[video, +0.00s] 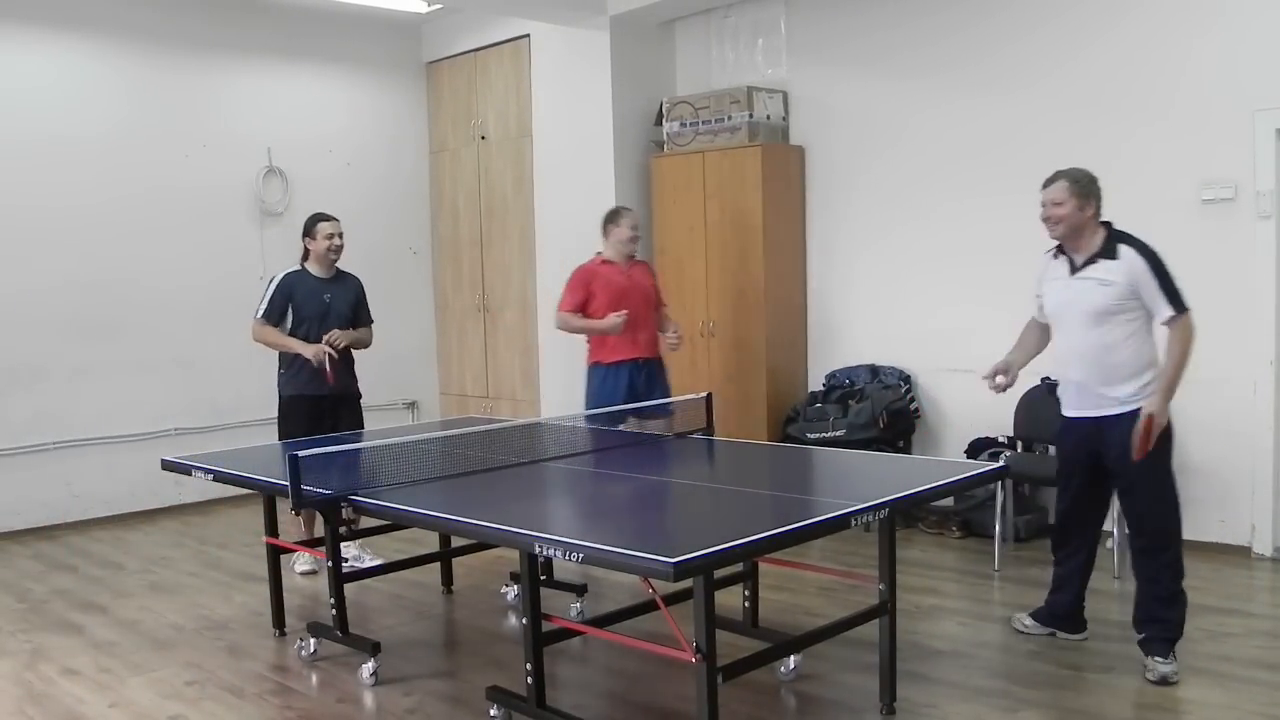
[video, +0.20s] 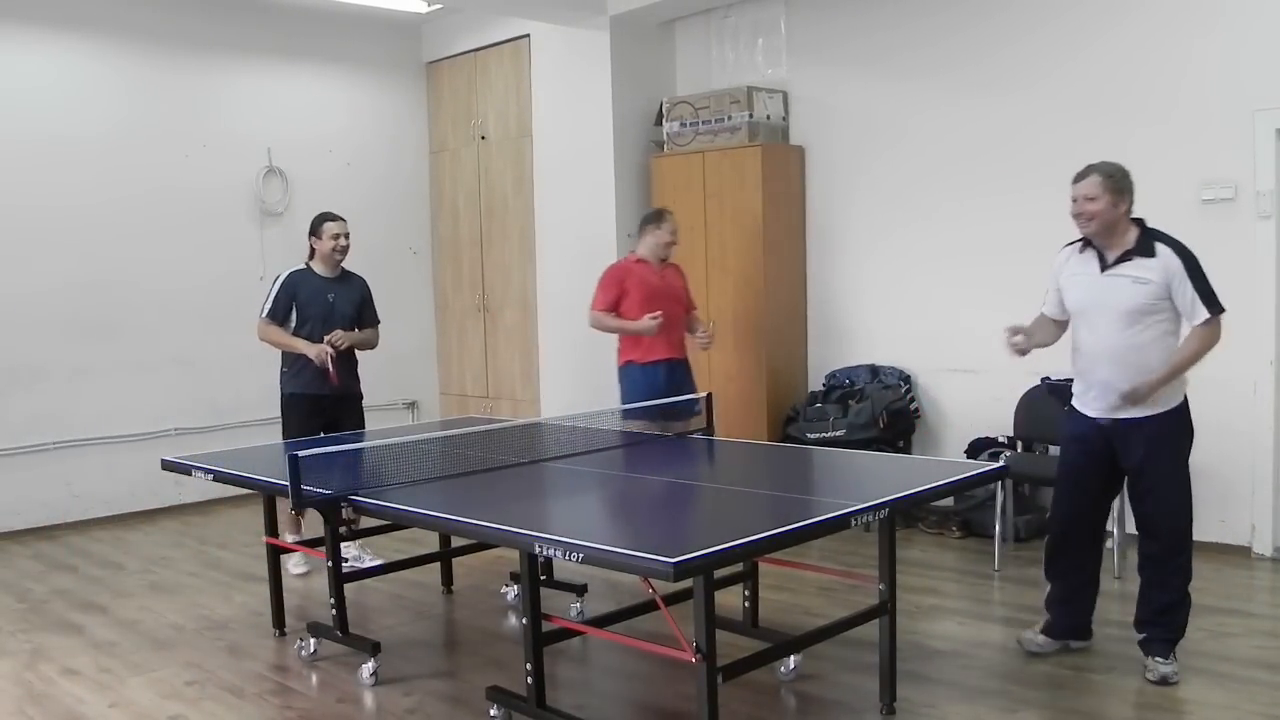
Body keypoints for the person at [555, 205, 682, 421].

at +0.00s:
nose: (637, 235)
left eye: (638, 229)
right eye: (632, 228)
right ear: (609, 231)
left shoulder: (644, 270)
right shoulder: (587, 273)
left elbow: (657, 310)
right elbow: (563, 319)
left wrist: (669, 329)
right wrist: (603, 326)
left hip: (650, 368)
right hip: (608, 372)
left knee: (659, 443)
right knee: (603, 445)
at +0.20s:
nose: (674, 240)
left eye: (675, 234)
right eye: (670, 233)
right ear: (650, 232)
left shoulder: (675, 272)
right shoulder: (620, 271)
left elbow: (688, 314)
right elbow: (596, 318)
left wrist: (700, 330)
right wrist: (638, 327)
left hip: (677, 366)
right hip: (640, 369)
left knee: (680, 444)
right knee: (642, 444)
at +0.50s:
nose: (712, 242)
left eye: (713, 235)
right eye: (709, 233)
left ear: (695, 233)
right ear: (692, 232)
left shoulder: (701, 271)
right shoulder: (663, 270)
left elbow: (705, 315)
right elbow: (639, 315)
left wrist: (735, 333)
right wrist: (689, 329)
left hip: (702, 370)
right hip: (675, 373)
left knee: (702, 443)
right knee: (683, 445)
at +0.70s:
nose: (734, 242)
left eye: (735, 236)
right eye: (733, 235)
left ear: (717, 234)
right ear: (721, 234)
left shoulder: (712, 266)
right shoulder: (695, 267)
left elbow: (714, 316)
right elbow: (688, 318)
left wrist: (743, 333)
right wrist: (740, 334)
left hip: (720, 368)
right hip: (703, 370)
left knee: (736, 438)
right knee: (714, 444)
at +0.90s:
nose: (761, 236)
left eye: (760, 229)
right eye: (758, 228)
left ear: (740, 229)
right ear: (742, 229)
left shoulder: (733, 262)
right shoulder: (726, 263)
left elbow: (737, 312)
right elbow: (739, 316)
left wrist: (763, 330)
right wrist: (778, 325)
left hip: (740, 368)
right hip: (724, 370)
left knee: (762, 435)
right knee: (724, 444)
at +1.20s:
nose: (811, 244)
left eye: (811, 238)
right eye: (809, 236)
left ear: (792, 233)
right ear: (793, 232)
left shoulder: (781, 266)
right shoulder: (772, 264)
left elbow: (781, 319)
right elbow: (775, 318)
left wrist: (810, 339)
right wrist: (813, 335)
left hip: (786, 371)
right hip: (767, 373)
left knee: (806, 443)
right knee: (761, 453)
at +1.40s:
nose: (834, 238)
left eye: (835, 232)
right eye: (831, 231)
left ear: (814, 227)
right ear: (813, 226)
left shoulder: (809, 262)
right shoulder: (790, 260)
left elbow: (811, 310)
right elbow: (786, 308)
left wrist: (840, 326)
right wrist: (835, 325)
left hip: (809, 364)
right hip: (792, 364)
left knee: (810, 443)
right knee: (807, 444)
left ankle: (808, 517)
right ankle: (800, 519)